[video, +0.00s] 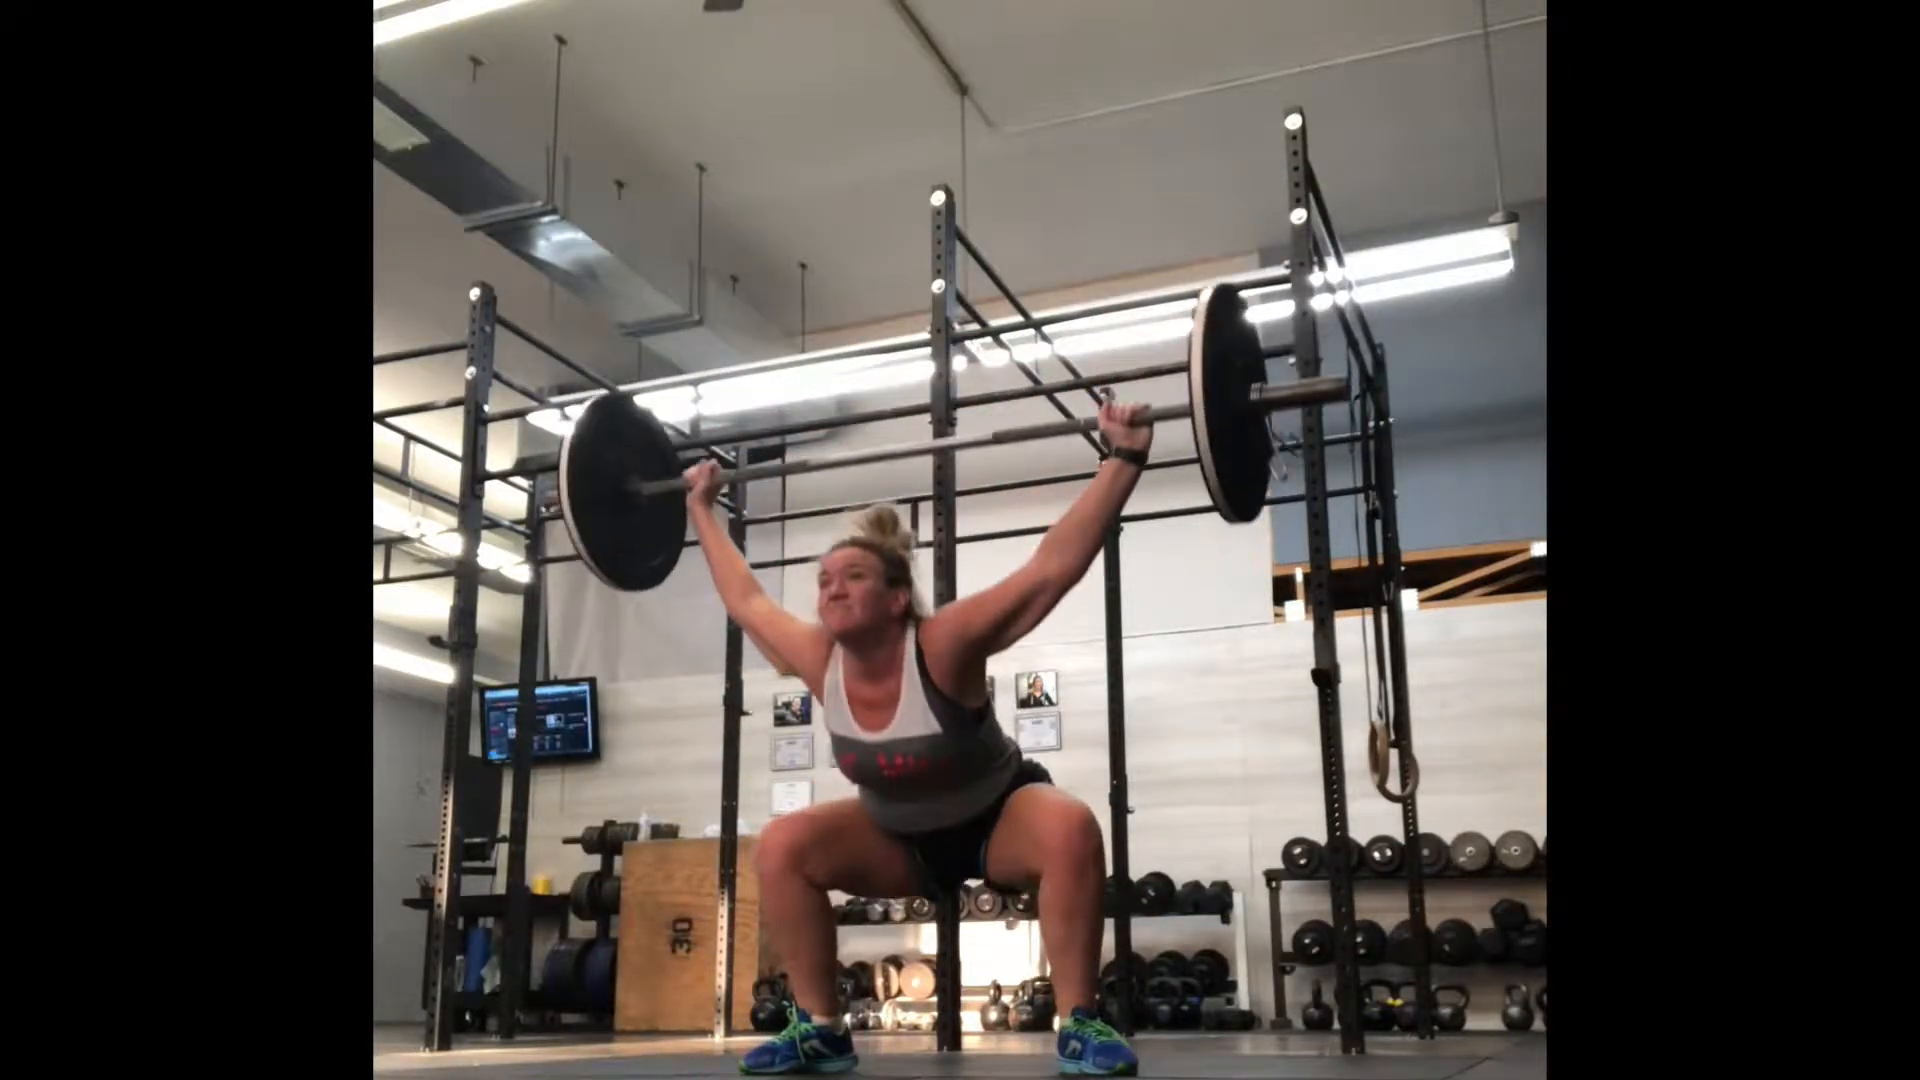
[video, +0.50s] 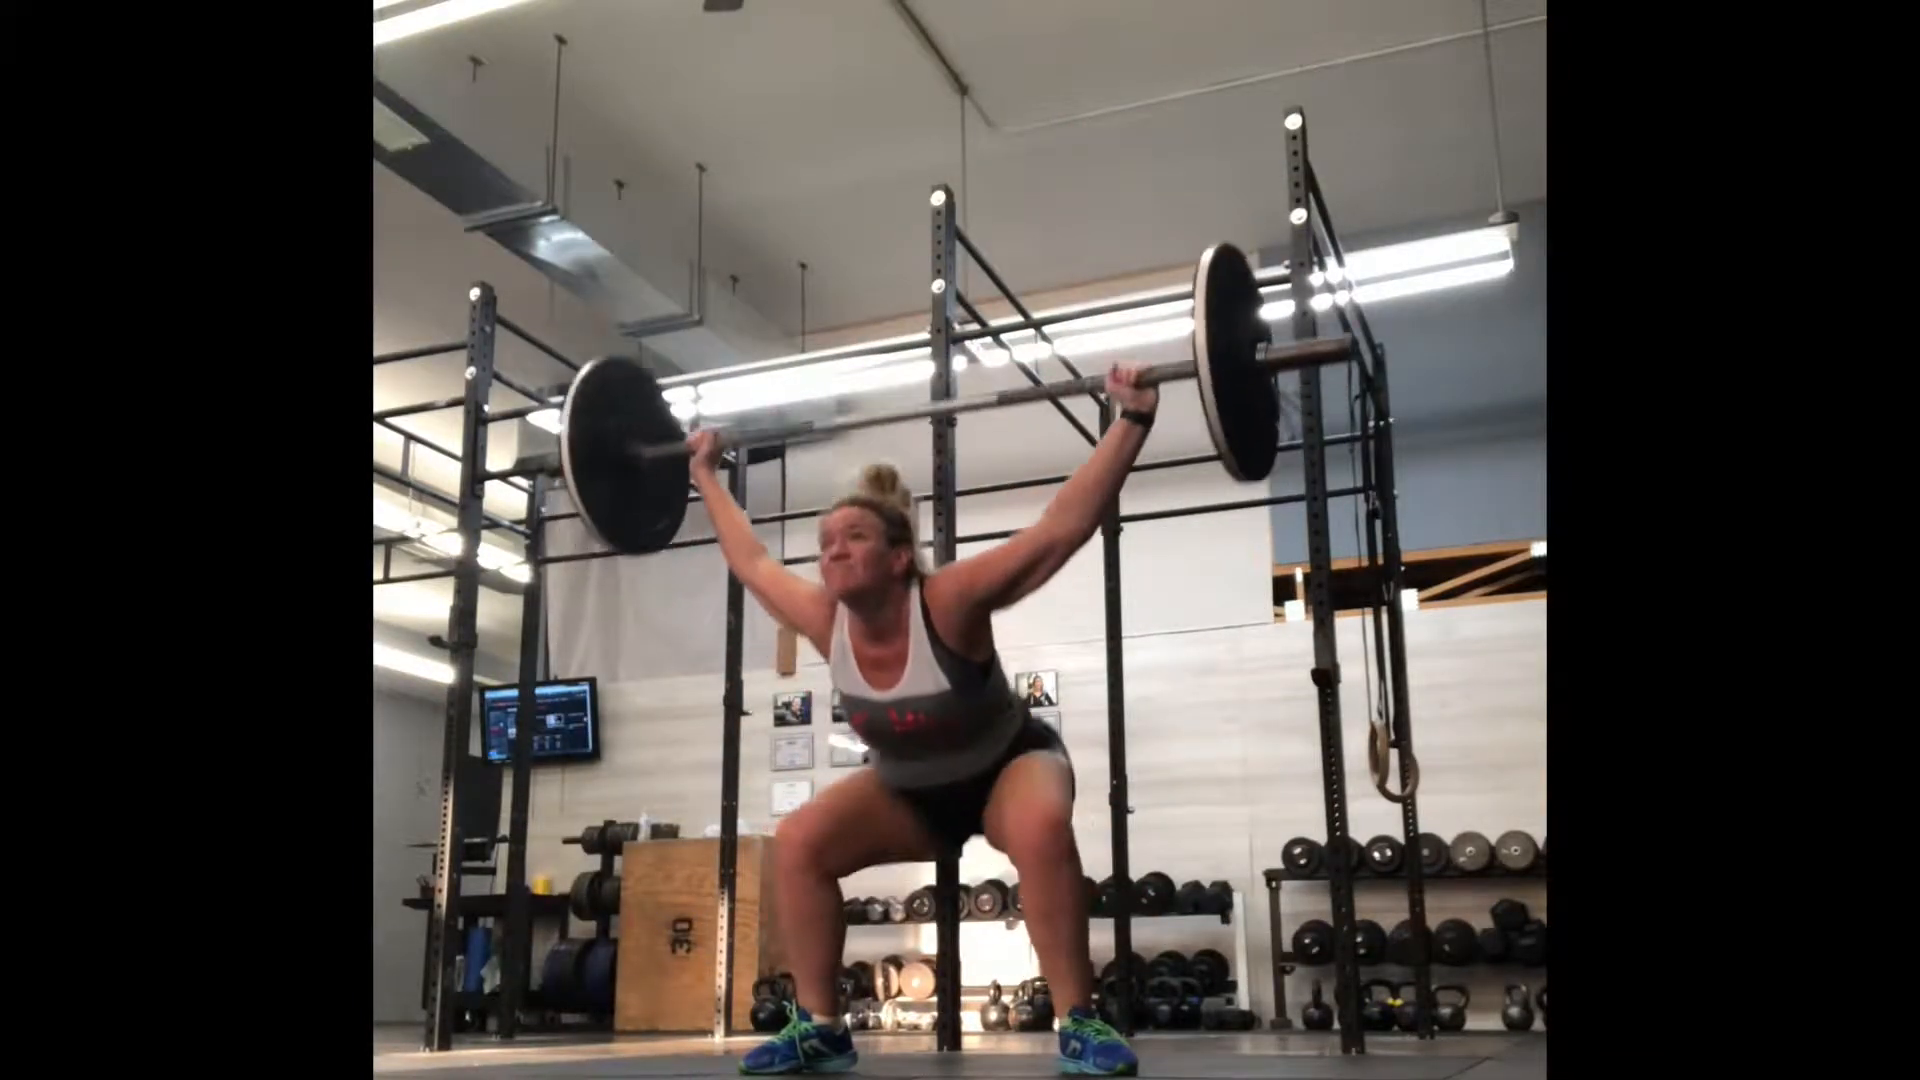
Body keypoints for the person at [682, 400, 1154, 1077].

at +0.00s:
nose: (832, 588)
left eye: (854, 575)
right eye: (824, 580)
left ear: (898, 599)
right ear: (816, 601)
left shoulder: (950, 641)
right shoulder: (820, 661)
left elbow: (1049, 572)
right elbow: (745, 599)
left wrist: (1124, 458)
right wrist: (699, 506)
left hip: (994, 821)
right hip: (893, 831)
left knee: (1073, 828)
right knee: (781, 847)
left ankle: (1079, 1024)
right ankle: (820, 1030)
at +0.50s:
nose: (833, 550)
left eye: (854, 537)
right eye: (825, 542)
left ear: (899, 559)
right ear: (818, 560)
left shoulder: (952, 595)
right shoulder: (823, 618)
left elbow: (1058, 531)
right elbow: (749, 561)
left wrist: (1131, 421)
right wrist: (704, 474)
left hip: (1009, 768)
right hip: (908, 787)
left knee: (1043, 830)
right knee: (799, 841)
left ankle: (1077, 1020)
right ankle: (819, 1027)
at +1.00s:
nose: (866, 371)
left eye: (884, 361)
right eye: (863, 362)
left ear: (927, 380)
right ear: (863, 385)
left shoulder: (974, 436)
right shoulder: (849, 465)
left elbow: (1069, 371)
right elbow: (776, 430)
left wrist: (1141, 276)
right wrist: (734, 347)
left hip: (1000, 669)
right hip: (899, 679)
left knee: (1049, 825)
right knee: (810, 838)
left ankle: (1077, 1019)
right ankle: (817, 1026)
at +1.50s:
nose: (872, 334)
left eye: (888, 322)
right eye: (862, 325)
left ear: (924, 335)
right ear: (851, 341)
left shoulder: (960, 400)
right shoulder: (838, 423)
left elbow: (1047, 309)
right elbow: (767, 368)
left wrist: (1122, 219)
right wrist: (728, 291)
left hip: (942, 631)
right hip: (845, 637)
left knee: (994, 815)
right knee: (847, 830)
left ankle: (1075, 1004)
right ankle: (821, 1021)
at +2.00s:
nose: (753, 617)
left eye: (772, 601)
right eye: (746, 604)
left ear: (816, 618)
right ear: (740, 618)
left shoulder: (877, 677)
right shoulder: (754, 701)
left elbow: (962, 796)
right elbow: (717, 820)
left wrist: (1039, 898)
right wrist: (661, 914)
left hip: (925, 789)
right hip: (842, 803)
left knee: (940, 834)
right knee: (738, 847)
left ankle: (972, 1006)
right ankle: (793, 1015)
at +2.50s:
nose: (754, 584)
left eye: (772, 569)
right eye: (746, 571)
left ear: (815, 583)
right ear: (739, 580)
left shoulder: (878, 641)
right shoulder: (754, 668)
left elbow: (955, 761)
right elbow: (717, 774)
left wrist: (1034, 859)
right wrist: (654, 870)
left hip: (933, 749)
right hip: (847, 764)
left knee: (939, 824)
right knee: (764, 840)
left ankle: (977, 1006)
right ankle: (790, 1012)